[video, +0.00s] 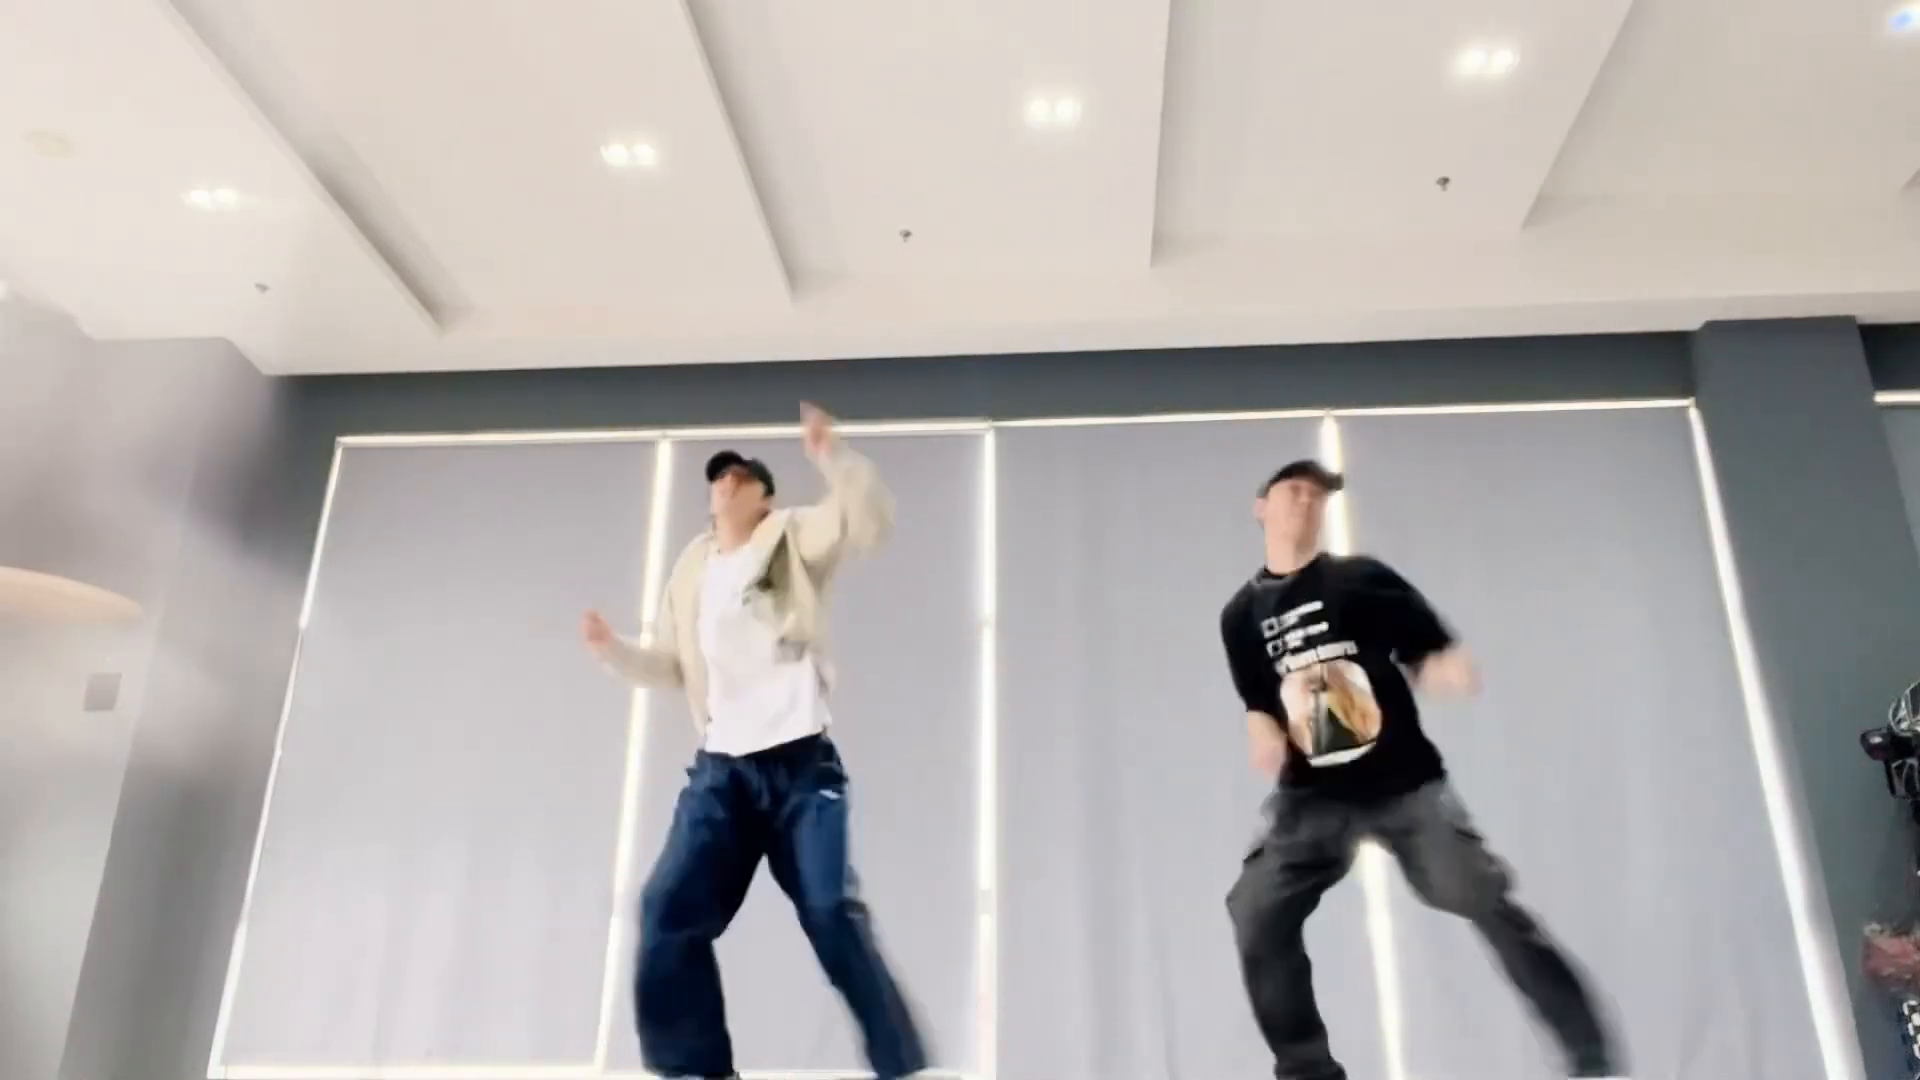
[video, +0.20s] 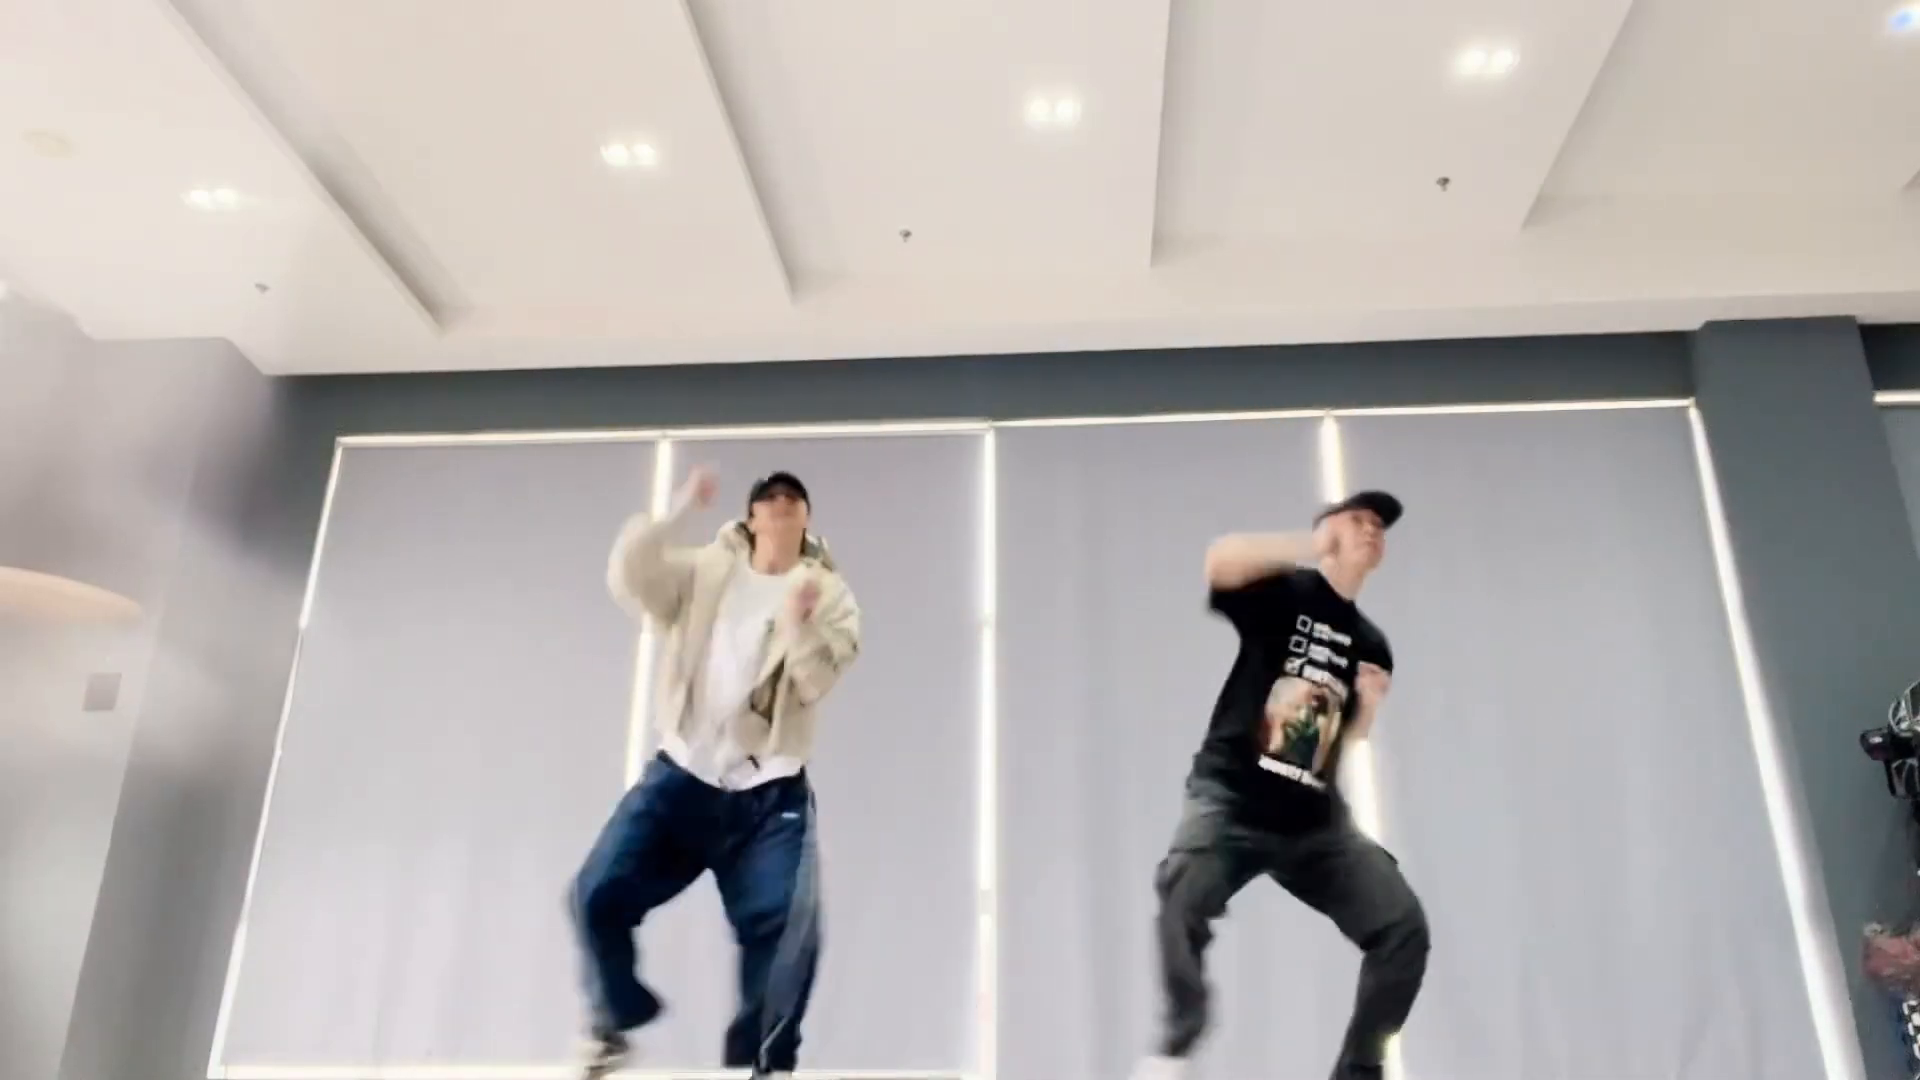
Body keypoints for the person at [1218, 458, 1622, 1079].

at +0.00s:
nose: (1305, 502)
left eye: (1315, 495)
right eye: (1291, 492)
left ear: (1326, 513)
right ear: (1260, 509)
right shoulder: (1243, 616)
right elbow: (1262, 720)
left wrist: (1425, 667)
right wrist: (1273, 753)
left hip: (1403, 785)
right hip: (1313, 796)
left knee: (1476, 893)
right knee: (1258, 909)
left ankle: (1590, 1053)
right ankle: (1307, 1071)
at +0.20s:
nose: (1373, 533)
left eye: (1379, 529)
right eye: (1360, 522)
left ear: (1381, 551)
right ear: (1326, 534)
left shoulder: (1371, 645)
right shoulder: (1281, 590)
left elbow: (1353, 735)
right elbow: (1219, 565)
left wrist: (1363, 706)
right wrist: (1310, 544)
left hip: (1313, 821)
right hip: (1231, 803)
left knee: (1402, 930)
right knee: (1186, 887)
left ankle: (1359, 1068)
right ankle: (1183, 1028)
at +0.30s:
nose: (1364, 581)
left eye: (1370, 574)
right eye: (1352, 568)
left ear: (1368, 590)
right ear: (1320, 572)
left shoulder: (1342, 688)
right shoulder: (1280, 595)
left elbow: (1321, 778)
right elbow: (1270, 509)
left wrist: (1303, 751)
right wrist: (1331, 416)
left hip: (1276, 840)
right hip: (1215, 814)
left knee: (1380, 927)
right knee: (1132, 945)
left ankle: (1351, 1071)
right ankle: (1010, 1056)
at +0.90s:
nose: (1298, 518)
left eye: (1308, 511)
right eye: (1284, 510)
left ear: (1322, 530)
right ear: (1261, 526)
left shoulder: (1351, 578)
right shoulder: (1230, 580)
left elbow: (1425, 520)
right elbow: (1156, 527)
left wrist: (1354, 529)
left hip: (1345, 787)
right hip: (1263, 781)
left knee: (1393, 914)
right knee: (1265, 908)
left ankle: (1393, 1067)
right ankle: (1265, 1066)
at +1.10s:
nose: (1296, 483)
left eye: (1305, 476)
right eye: (1283, 476)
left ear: (1318, 495)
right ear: (1260, 496)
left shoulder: (1350, 568)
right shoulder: (1234, 566)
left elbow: (1393, 645)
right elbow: (1179, 642)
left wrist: (1404, 706)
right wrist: (1193, 686)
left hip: (1348, 764)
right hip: (1265, 760)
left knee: (1379, 912)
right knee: (1263, 904)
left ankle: (1391, 1067)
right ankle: (1268, 1064)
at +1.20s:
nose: (1294, 483)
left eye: (1304, 475)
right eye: (1281, 475)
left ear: (1316, 493)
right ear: (1259, 494)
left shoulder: (1345, 576)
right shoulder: (1235, 572)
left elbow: (1353, 674)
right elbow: (1234, 670)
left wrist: (1364, 764)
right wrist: (1230, 752)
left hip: (1342, 756)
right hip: (1264, 753)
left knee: (1359, 914)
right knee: (1264, 913)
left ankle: (1377, 1065)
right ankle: (1271, 1063)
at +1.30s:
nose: (1297, 494)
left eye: (1307, 488)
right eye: (1284, 487)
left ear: (1320, 507)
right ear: (1262, 508)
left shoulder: (1351, 593)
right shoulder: (1232, 588)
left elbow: (1352, 694)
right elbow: (1231, 681)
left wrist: (1391, 769)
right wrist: (1223, 768)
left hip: (1342, 768)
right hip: (1264, 764)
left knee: (1354, 923)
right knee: (1269, 919)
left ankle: (1369, 1070)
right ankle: (1275, 1066)